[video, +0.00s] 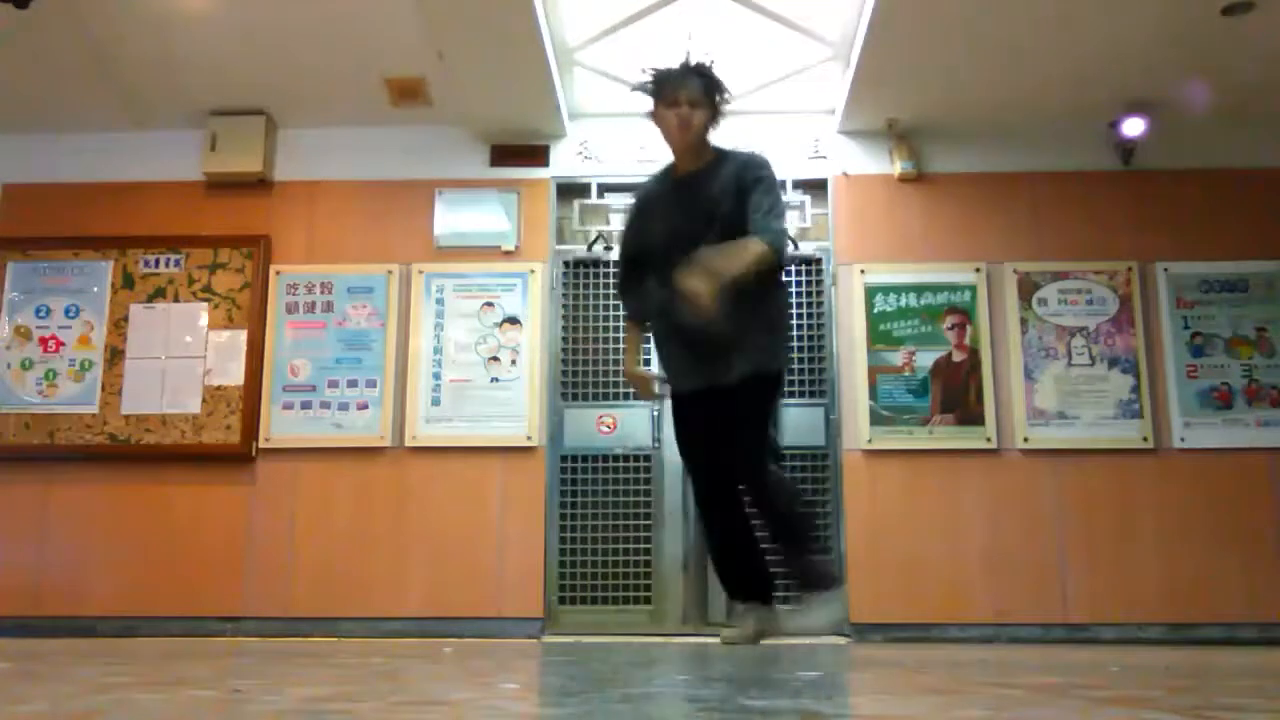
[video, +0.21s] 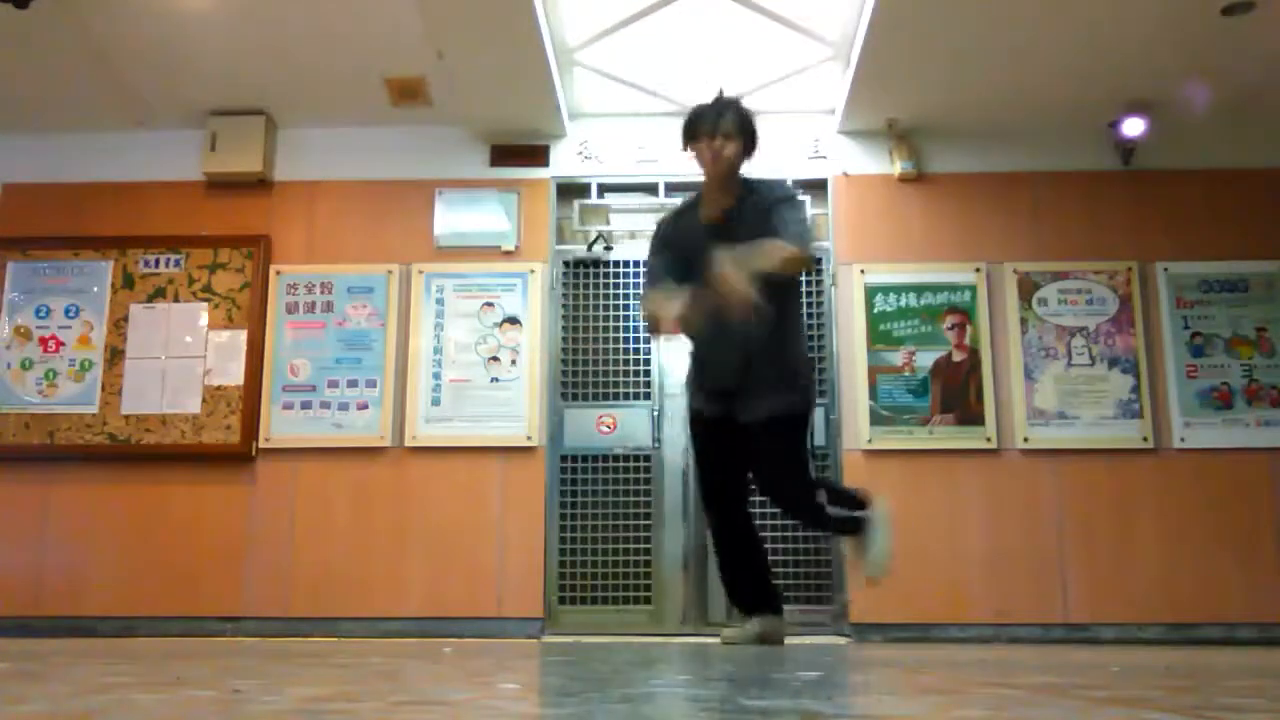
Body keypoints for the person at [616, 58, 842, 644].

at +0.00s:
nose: (679, 116)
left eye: (690, 105)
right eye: (668, 106)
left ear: (712, 113)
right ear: (656, 116)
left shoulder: (746, 171)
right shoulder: (652, 199)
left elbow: (769, 239)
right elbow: (634, 283)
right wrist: (631, 358)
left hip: (753, 355)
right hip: (689, 366)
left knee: (749, 466)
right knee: (711, 486)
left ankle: (818, 586)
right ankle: (752, 602)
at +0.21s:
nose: (713, 149)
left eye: (725, 138)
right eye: (703, 139)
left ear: (746, 147)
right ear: (692, 149)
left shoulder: (773, 201)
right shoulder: (675, 227)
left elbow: (793, 252)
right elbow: (656, 308)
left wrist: (732, 265)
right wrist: (697, 300)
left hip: (776, 373)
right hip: (713, 380)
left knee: (786, 487)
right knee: (722, 501)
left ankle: (860, 518)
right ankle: (761, 614)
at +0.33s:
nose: (743, 112)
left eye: (755, 101)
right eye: (734, 100)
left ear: (773, 109)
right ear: (718, 106)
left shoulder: (806, 173)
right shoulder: (692, 181)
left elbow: (851, 248)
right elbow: (676, 245)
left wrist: (860, 314)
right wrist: (719, 214)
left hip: (792, 345)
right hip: (720, 348)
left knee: (794, 463)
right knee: (715, 472)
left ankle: (817, 568)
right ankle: (740, 594)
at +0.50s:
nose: (778, 116)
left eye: (791, 107)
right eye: (769, 105)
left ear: (811, 116)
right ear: (757, 111)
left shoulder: (835, 184)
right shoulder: (733, 175)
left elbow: (882, 237)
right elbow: (741, 212)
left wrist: (919, 269)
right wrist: (806, 169)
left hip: (804, 363)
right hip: (729, 359)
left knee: (817, 486)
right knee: (676, 466)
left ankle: (842, 612)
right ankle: (646, 601)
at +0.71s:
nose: (810, 116)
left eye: (823, 108)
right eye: (801, 104)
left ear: (841, 122)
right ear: (783, 111)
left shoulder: (852, 193)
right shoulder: (747, 174)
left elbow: (881, 268)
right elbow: (751, 232)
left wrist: (921, 324)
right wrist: (817, 257)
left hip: (805, 365)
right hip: (730, 355)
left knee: (822, 486)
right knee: (689, 449)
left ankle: (835, 609)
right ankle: (656, 566)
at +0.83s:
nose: (821, 105)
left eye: (835, 98)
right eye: (812, 91)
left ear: (849, 110)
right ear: (792, 92)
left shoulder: (850, 181)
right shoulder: (746, 152)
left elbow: (862, 267)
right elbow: (706, 219)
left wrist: (876, 328)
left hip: (796, 332)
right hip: (727, 323)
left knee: (804, 462)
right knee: (750, 443)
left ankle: (744, 577)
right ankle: (767, 586)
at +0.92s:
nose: (823, 118)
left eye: (835, 108)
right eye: (813, 104)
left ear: (848, 119)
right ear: (791, 107)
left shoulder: (842, 195)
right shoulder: (746, 169)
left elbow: (852, 280)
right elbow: (668, 191)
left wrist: (831, 263)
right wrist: (600, 199)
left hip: (790, 346)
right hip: (729, 333)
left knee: (797, 472)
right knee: (786, 464)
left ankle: (667, 542)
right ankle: (779, 605)